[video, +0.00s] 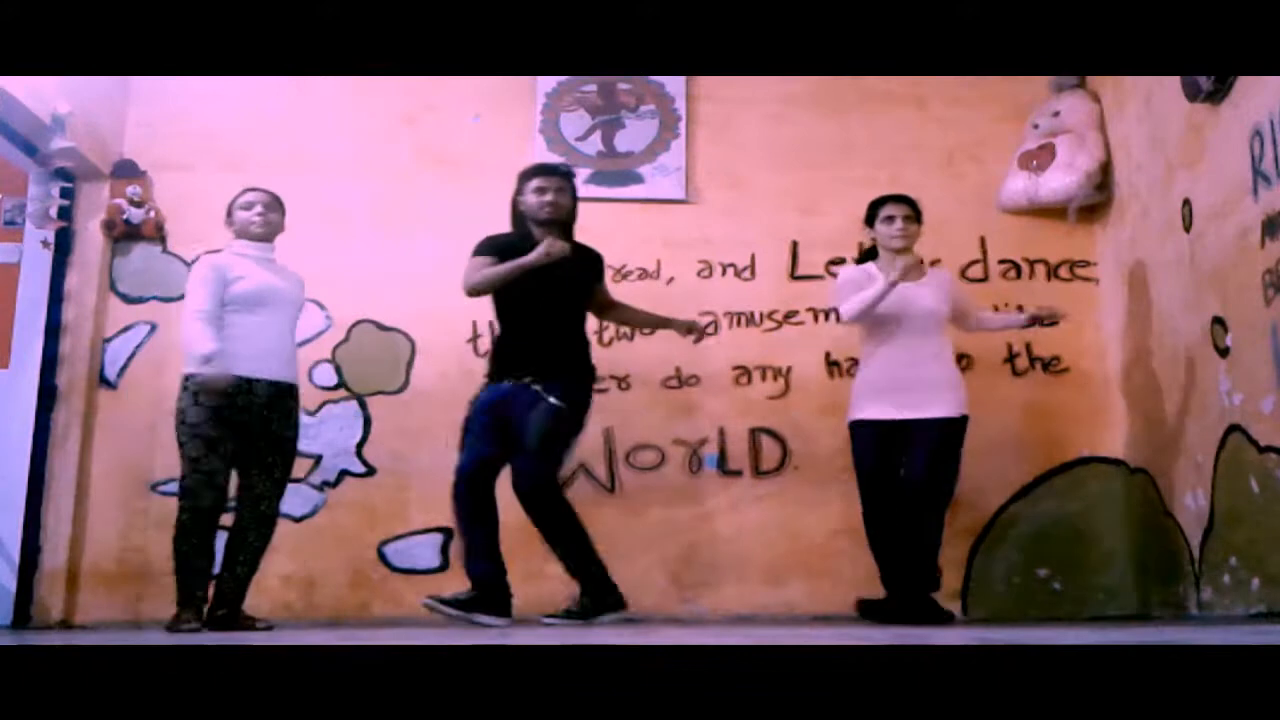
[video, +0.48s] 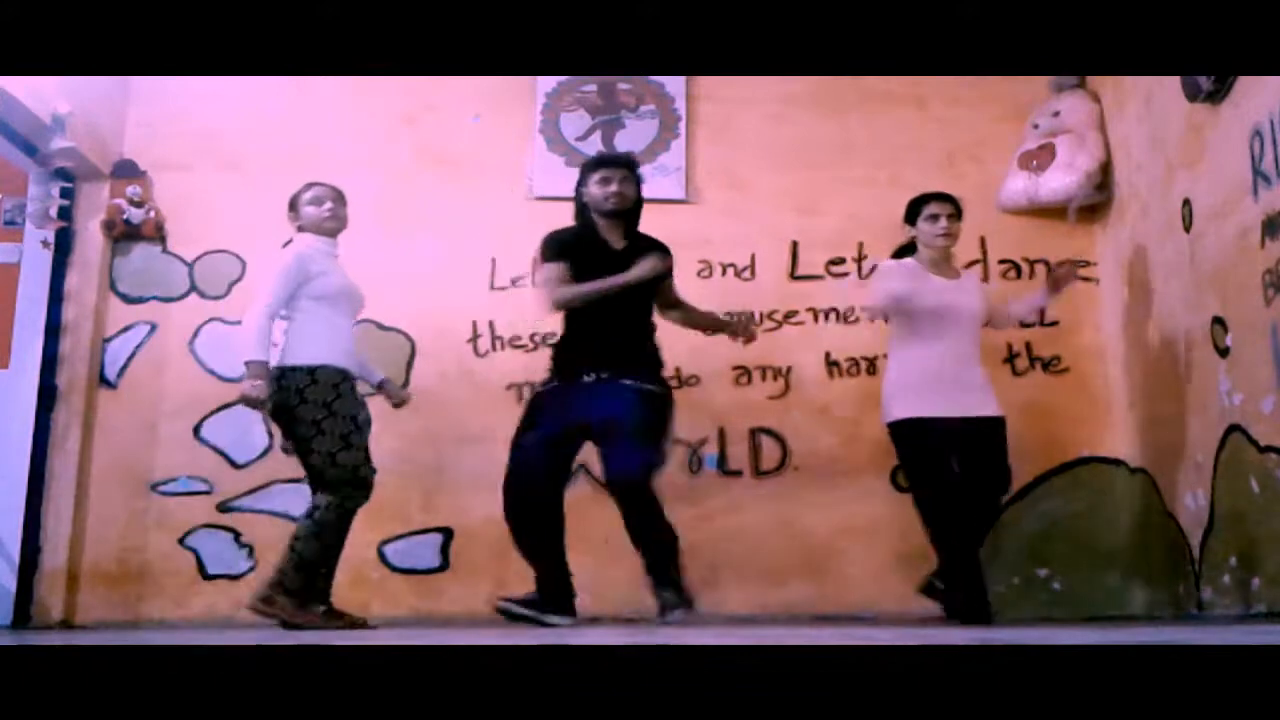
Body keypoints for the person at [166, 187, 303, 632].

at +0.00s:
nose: (260, 212)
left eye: (270, 208)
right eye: (248, 206)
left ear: (282, 225)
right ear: (229, 221)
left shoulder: (293, 281)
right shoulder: (214, 263)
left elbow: (284, 340)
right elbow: (198, 319)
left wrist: (286, 390)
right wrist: (207, 364)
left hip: (276, 400)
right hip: (216, 392)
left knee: (261, 509)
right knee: (202, 500)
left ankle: (228, 607)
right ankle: (190, 607)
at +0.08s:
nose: (273, 217)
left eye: (282, 213)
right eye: (260, 211)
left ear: (292, 229)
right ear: (241, 225)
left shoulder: (293, 289)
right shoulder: (228, 266)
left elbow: (294, 337)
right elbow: (230, 317)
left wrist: (306, 345)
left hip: (283, 399)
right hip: (222, 394)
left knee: (283, 506)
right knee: (202, 501)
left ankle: (253, 603)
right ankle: (191, 608)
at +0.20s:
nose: (287, 213)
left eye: (295, 208)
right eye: (274, 207)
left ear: (306, 223)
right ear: (254, 222)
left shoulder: (298, 277)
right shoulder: (251, 257)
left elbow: (315, 320)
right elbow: (262, 298)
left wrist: (325, 341)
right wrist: (308, 332)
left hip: (294, 396)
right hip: (239, 391)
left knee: (306, 500)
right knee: (221, 498)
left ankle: (292, 606)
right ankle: (190, 608)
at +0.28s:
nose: (303, 212)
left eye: (311, 206)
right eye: (290, 207)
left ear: (321, 220)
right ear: (271, 221)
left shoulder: (306, 268)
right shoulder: (275, 254)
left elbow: (306, 331)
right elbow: (266, 304)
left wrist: (323, 375)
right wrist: (283, 356)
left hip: (308, 390)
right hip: (266, 385)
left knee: (332, 492)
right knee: (267, 489)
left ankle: (308, 604)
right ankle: (188, 591)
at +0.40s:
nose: (323, 215)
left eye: (330, 210)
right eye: (309, 210)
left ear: (339, 224)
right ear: (290, 225)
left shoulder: (326, 274)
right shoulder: (297, 259)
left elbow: (335, 356)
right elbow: (259, 315)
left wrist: (384, 392)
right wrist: (255, 376)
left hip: (324, 397)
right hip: (300, 395)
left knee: (344, 492)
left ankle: (311, 605)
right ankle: (235, 574)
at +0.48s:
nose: (329, 207)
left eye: (336, 202)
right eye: (316, 202)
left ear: (346, 216)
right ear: (296, 217)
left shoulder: (331, 267)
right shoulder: (302, 254)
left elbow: (338, 344)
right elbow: (262, 310)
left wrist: (382, 383)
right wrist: (257, 370)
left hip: (329, 384)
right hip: (309, 382)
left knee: (340, 487)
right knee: (347, 483)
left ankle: (312, 600)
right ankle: (286, 592)